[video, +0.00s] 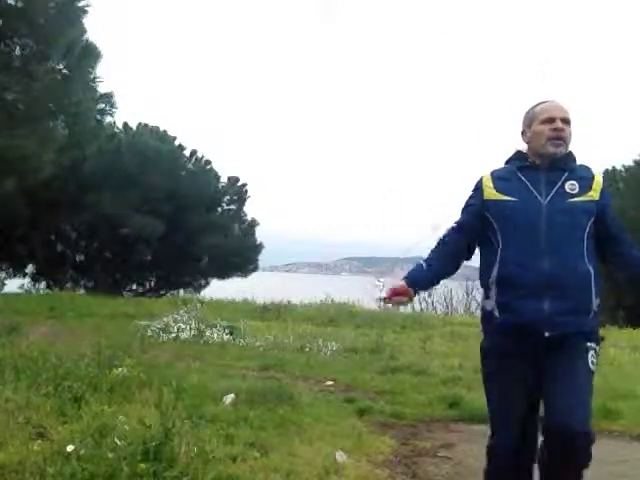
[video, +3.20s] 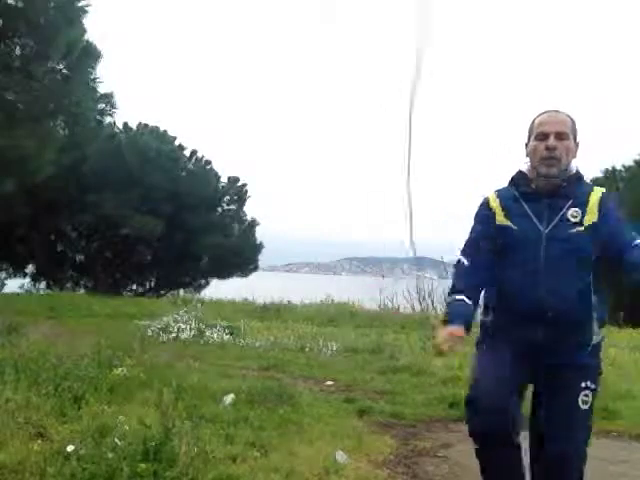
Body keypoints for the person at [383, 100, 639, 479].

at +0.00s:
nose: (559, 127)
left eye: (565, 122)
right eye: (548, 122)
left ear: (573, 133)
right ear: (526, 134)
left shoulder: (591, 186)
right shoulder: (493, 185)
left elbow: (621, 251)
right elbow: (456, 244)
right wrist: (413, 283)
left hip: (572, 333)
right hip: (508, 333)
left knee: (572, 437)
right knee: (509, 445)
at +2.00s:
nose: (544, 147)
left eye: (553, 142)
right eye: (536, 142)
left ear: (568, 153)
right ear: (523, 152)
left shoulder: (596, 203)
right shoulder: (492, 202)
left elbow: (626, 266)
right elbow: (458, 255)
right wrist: (412, 272)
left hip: (566, 345)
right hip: (503, 344)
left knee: (556, 435)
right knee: (508, 440)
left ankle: (547, 473)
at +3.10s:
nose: (552, 152)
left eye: (562, 146)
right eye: (543, 146)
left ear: (577, 158)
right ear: (529, 156)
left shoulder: (605, 211)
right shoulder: (495, 209)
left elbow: (636, 248)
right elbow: (448, 257)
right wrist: (391, 280)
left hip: (574, 355)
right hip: (506, 351)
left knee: (559, 454)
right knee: (495, 429)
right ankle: (524, 473)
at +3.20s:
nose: (550, 145)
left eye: (560, 138)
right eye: (542, 137)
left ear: (575, 148)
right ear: (528, 147)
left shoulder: (598, 204)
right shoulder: (497, 205)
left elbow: (629, 253)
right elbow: (472, 266)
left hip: (572, 347)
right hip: (505, 343)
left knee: (562, 453)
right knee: (487, 413)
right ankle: (505, 474)